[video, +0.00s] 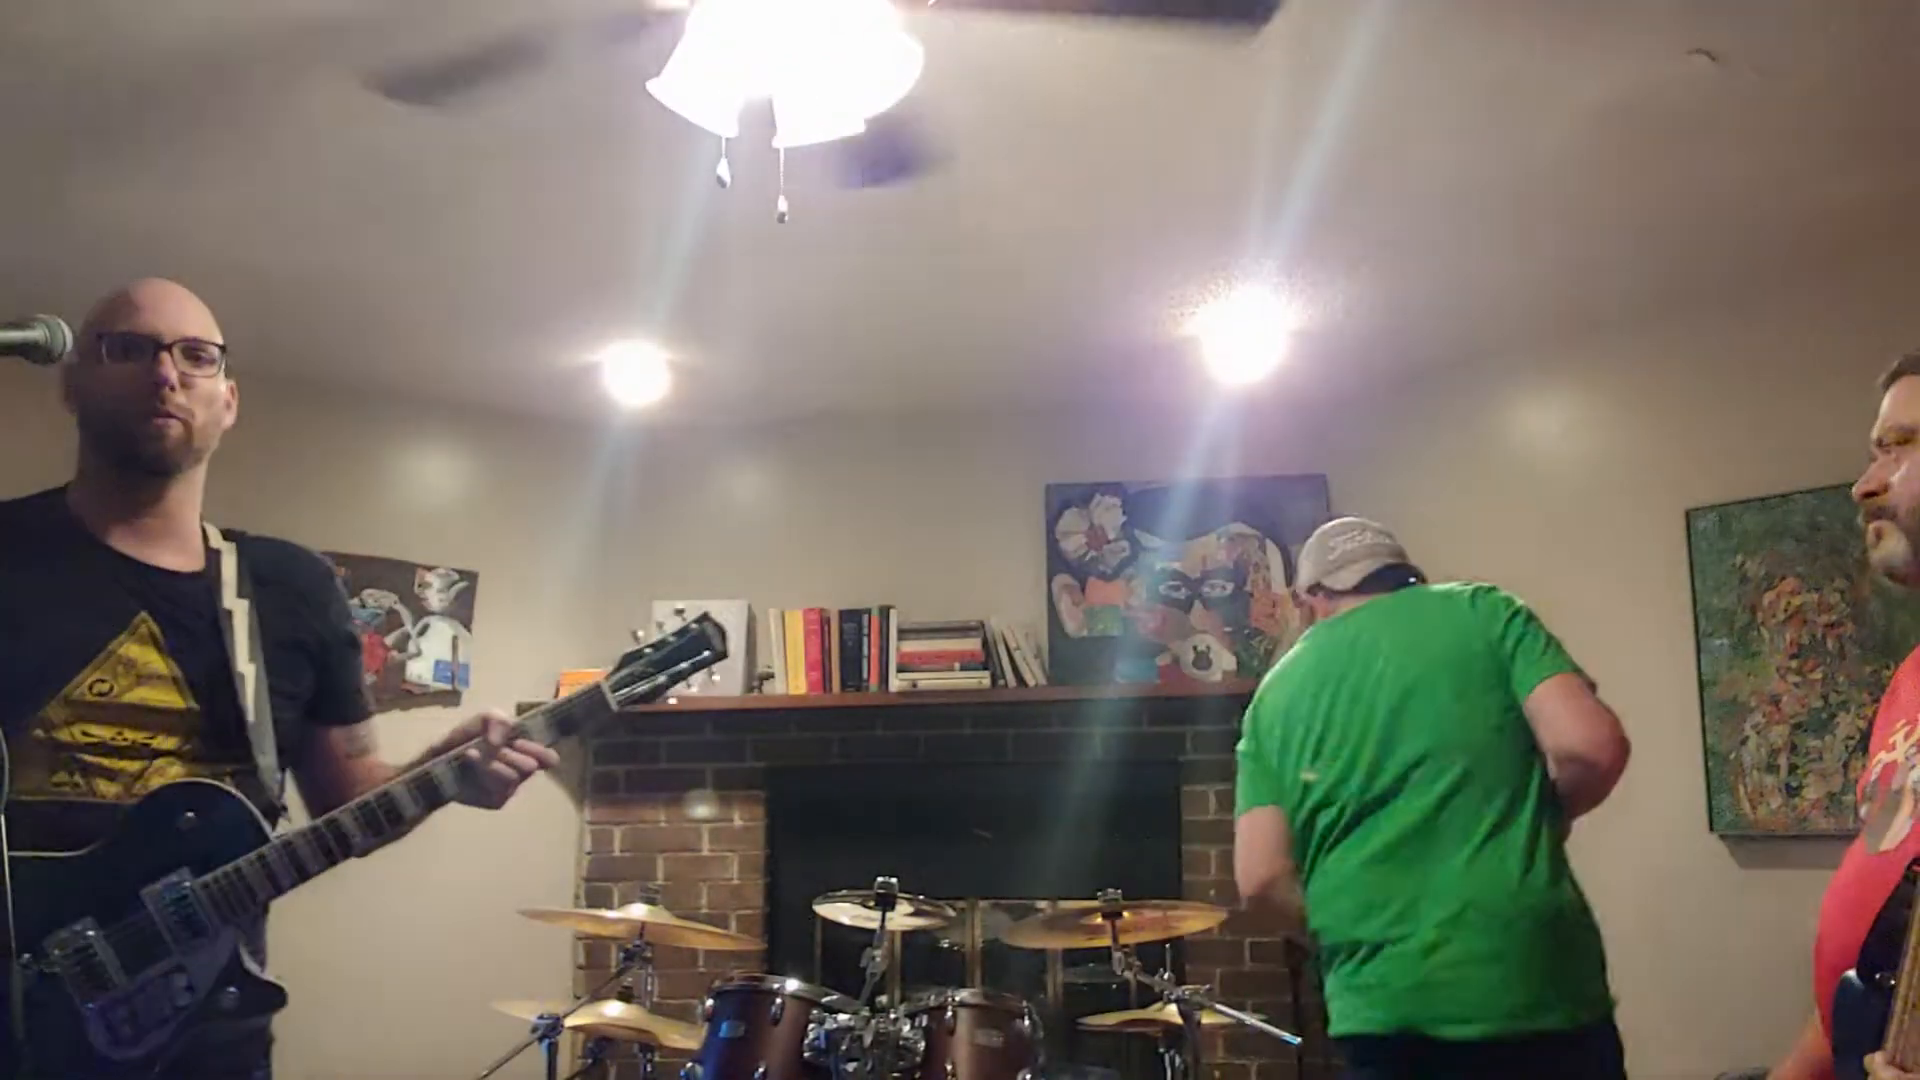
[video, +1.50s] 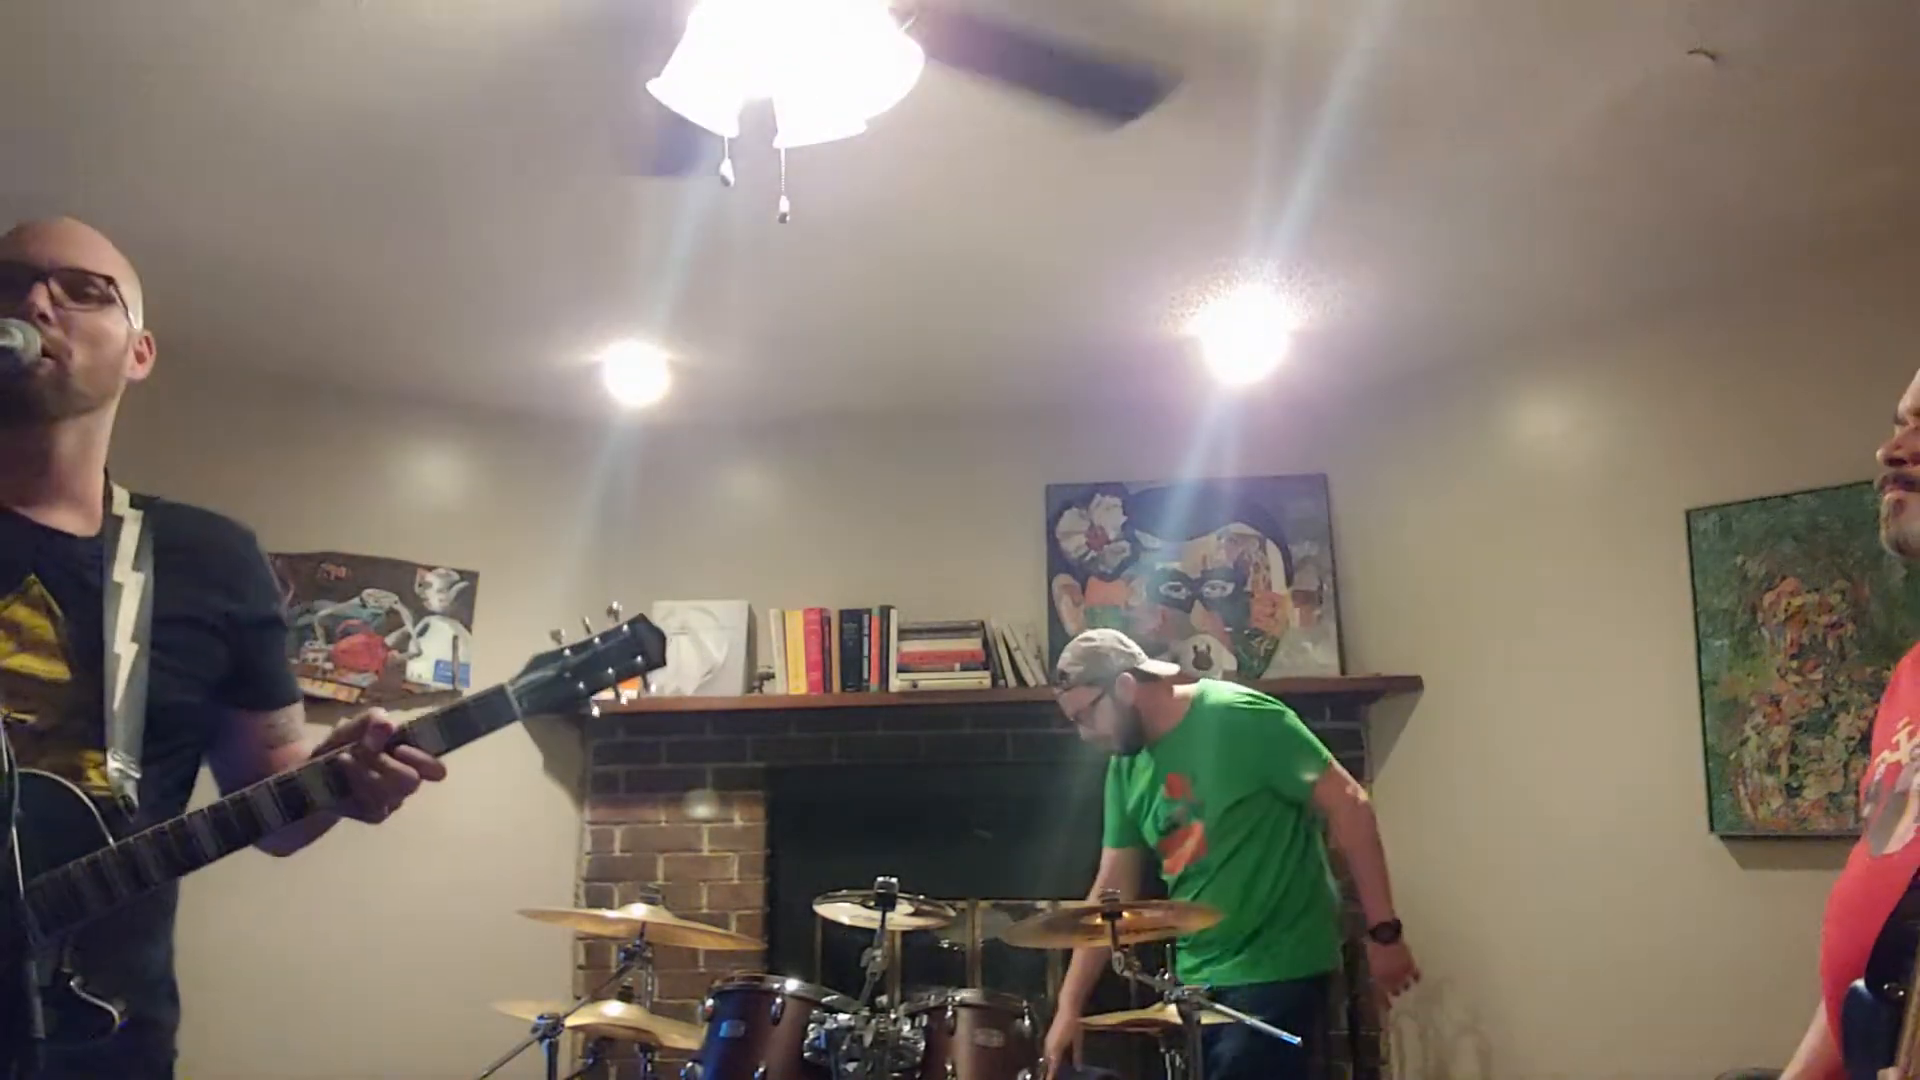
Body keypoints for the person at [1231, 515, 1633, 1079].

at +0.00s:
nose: (1305, 618)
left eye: (1303, 610)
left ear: (1314, 602)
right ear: (1411, 578)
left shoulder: (1276, 691)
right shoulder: (1484, 609)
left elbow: (1260, 878)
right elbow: (1592, 747)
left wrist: (1343, 923)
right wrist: (1539, 819)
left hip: (1382, 1005)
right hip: (1541, 988)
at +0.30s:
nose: (1344, 667)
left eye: (1343, 655)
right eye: (1342, 657)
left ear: (1360, 640)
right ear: (1436, 628)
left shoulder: (1329, 709)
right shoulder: (1540, 677)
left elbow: (1304, 850)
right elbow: (1650, 818)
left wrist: (1316, 995)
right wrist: (1567, 853)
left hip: (1418, 1031)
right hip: (1563, 1022)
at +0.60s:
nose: (1281, 677)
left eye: (1279, 657)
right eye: (1274, 661)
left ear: (1314, 637)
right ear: (1363, 629)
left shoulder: (1323, 698)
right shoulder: (1472, 681)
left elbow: (1357, 818)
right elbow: (1538, 827)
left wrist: (1361, 975)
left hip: (1402, 1009)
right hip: (1527, 1007)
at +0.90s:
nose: (1170, 718)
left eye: (1171, 699)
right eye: (1163, 704)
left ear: (1212, 674)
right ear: (1216, 671)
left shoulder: (1253, 725)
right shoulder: (1324, 699)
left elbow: (1328, 848)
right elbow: (1355, 845)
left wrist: (1362, 999)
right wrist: (1255, 902)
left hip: (1330, 1003)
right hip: (1405, 991)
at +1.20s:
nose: (1120, 736)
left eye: (1117, 718)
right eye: (1111, 725)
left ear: (1153, 686)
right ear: (1156, 688)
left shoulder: (1235, 718)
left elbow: (1349, 807)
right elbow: (1187, 881)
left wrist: (1381, 949)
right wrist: (1125, 963)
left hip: (1306, 983)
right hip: (1264, 984)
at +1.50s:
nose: (1086, 734)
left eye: (1086, 716)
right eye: (1077, 723)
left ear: (1125, 687)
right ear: (1125, 689)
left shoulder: (1241, 716)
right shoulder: (1126, 764)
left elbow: (1349, 803)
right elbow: (1111, 893)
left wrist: (1384, 931)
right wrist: (1069, 1005)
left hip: (1280, 976)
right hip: (1197, 980)